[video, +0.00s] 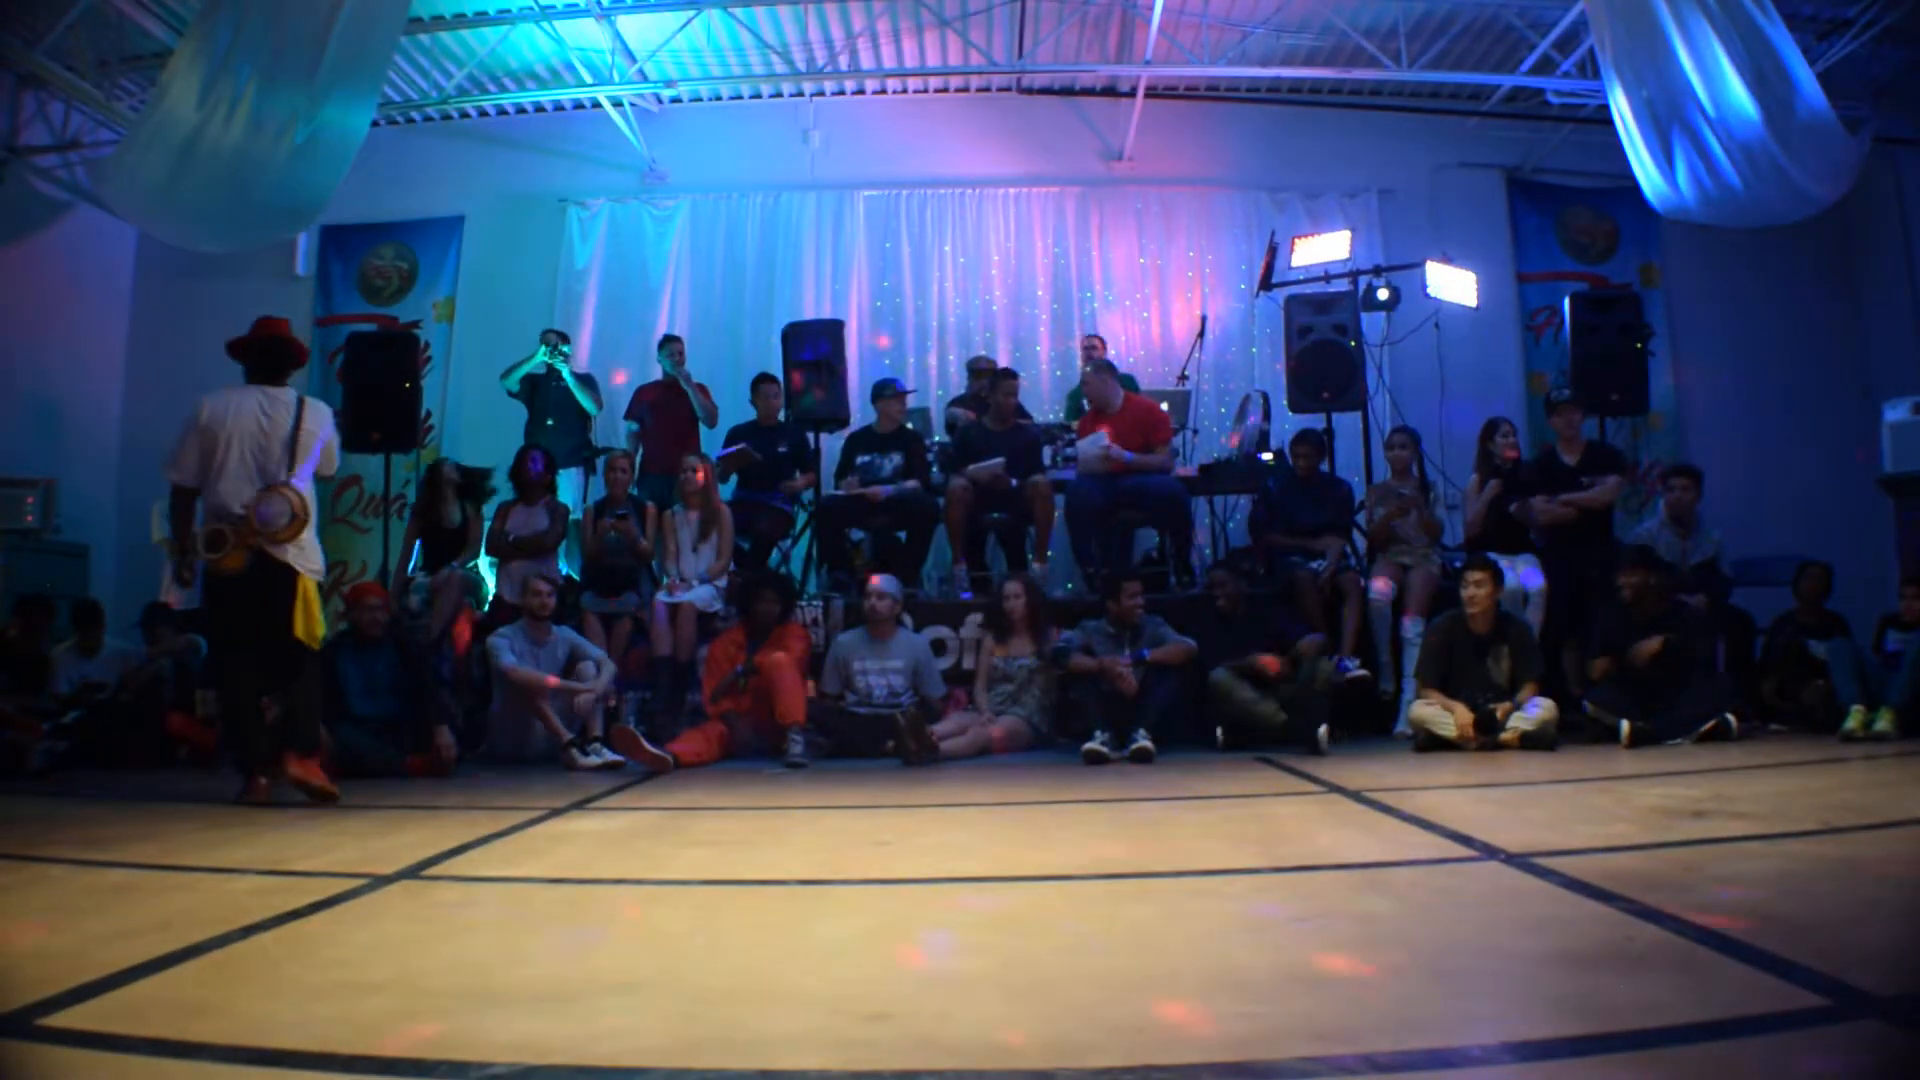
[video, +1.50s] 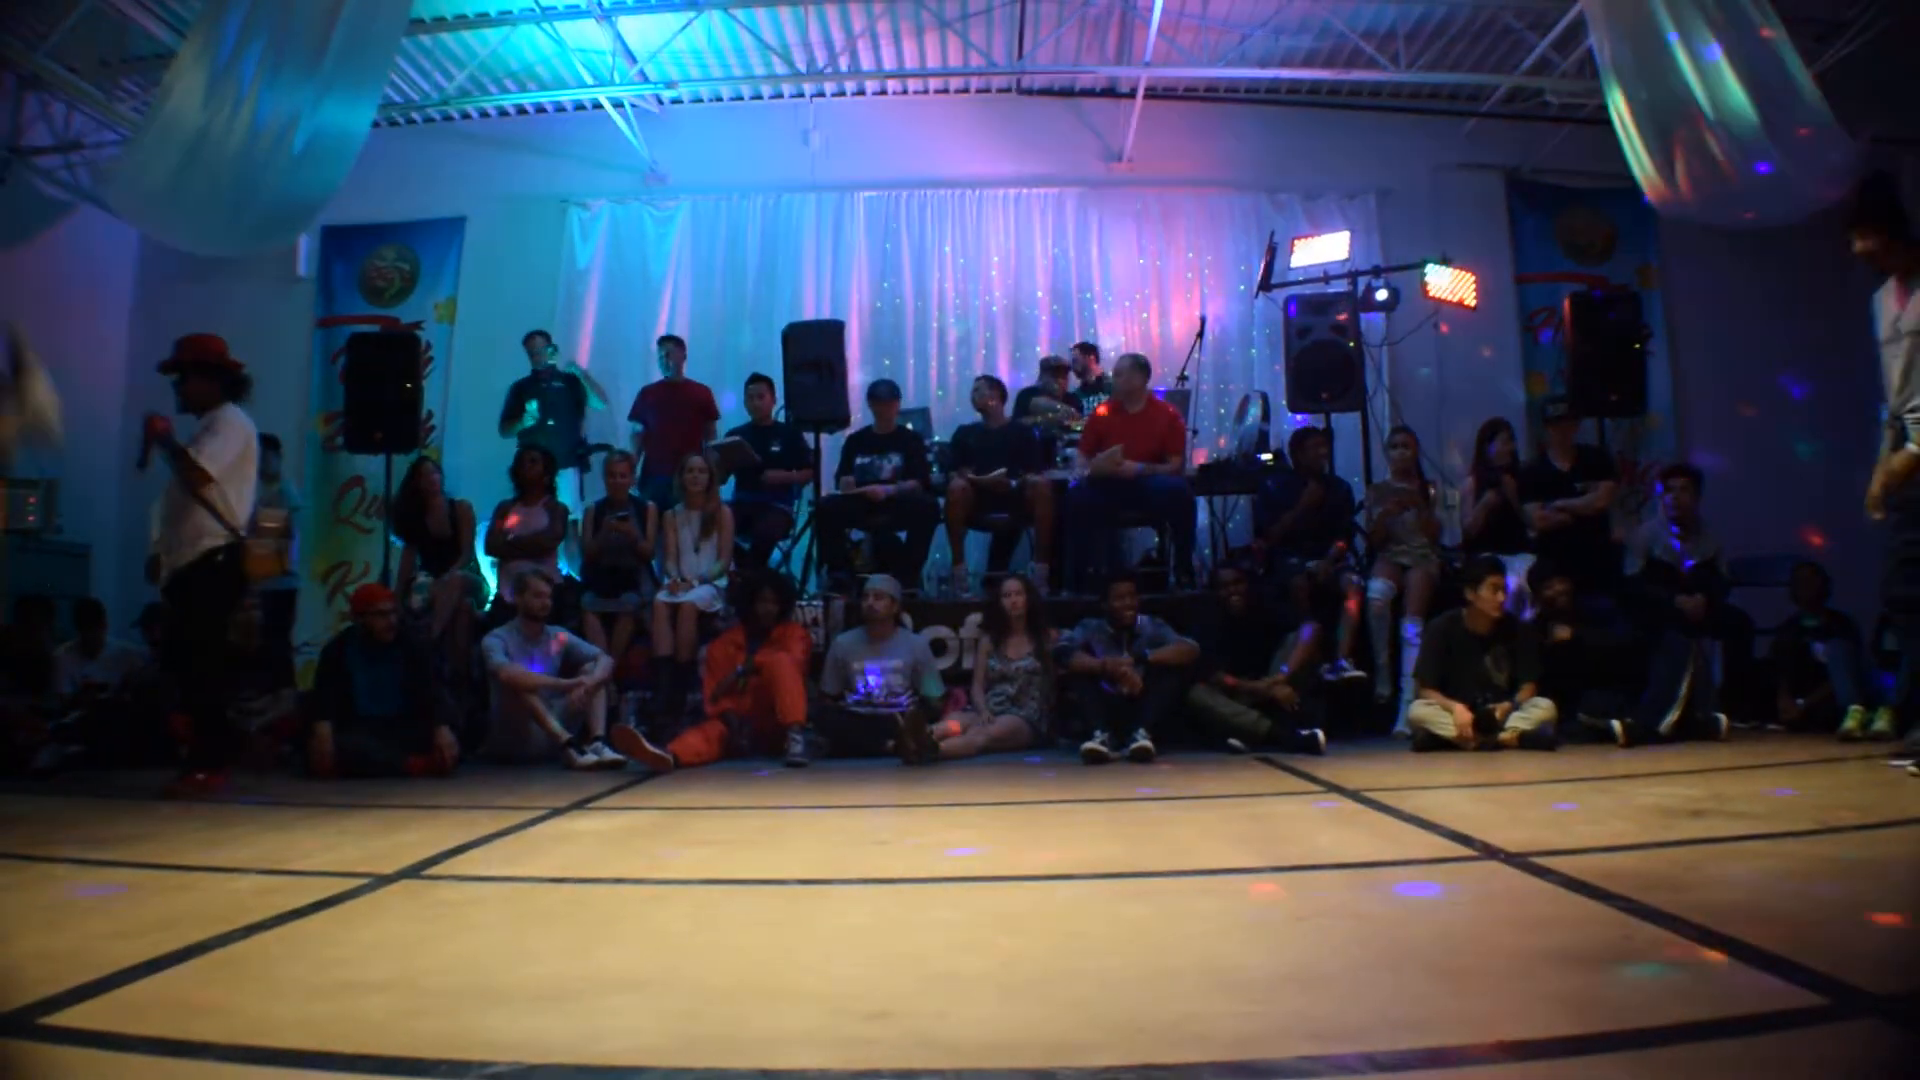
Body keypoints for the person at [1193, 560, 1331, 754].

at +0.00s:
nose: (1218, 593)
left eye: (1223, 586)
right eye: (1213, 588)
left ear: (1239, 585)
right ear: (1209, 591)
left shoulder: (1264, 611)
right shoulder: (1212, 622)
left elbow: (1311, 640)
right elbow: (1213, 663)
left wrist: (1287, 661)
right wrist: (1253, 662)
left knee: (1322, 666)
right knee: (1219, 678)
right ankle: (1298, 732)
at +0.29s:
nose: (1226, 594)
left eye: (1232, 586)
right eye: (1221, 588)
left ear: (1247, 586)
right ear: (1215, 593)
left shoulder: (1266, 612)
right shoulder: (1215, 621)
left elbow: (1314, 624)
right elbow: (1212, 661)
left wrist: (1312, 639)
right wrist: (1252, 663)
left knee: (1293, 638)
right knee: (1210, 679)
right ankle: (1282, 733)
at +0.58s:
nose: (1232, 594)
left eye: (1238, 587)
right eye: (1227, 589)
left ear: (1252, 587)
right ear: (1221, 592)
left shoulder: (1272, 614)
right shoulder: (1220, 623)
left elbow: (1313, 635)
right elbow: (1214, 668)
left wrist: (1270, 665)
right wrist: (1257, 680)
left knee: (1291, 637)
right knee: (1203, 686)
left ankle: (1251, 736)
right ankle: (1284, 735)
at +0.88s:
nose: (1232, 592)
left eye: (1238, 585)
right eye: (1227, 587)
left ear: (1253, 585)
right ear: (1221, 590)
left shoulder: (1272, 613)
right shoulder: (1218, 622)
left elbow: (1316, 634)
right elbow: (1215, 670)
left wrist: (1280, 673)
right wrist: (1262, 687)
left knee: (1299, 641)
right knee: (1201, 691)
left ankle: (1250, 734)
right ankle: (1281, 735)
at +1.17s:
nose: (1234, 593)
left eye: (1239, 585)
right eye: (1226, 587)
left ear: (1251, 586)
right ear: (1218, 593)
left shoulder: (1270, 612)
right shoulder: (1216, 624)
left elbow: (1313, 632)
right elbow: (1215, 673)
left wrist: (1285, 681)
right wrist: (1269, 694)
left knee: (1298, 640)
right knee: (1200, 693)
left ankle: (1250, 734)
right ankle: (1279, 734)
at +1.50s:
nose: (1232, 592)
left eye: (1237, 584)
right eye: (1225, 587)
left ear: (1249, 585)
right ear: (1217, 593)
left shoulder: (1267, 613)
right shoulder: (1214, 626)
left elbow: (1311, 629)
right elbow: (1215, 677)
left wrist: (1281, 677)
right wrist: (1268, 690)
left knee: (1298, 639)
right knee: (1198, 694)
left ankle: (1249, 734)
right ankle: (1278, 734)